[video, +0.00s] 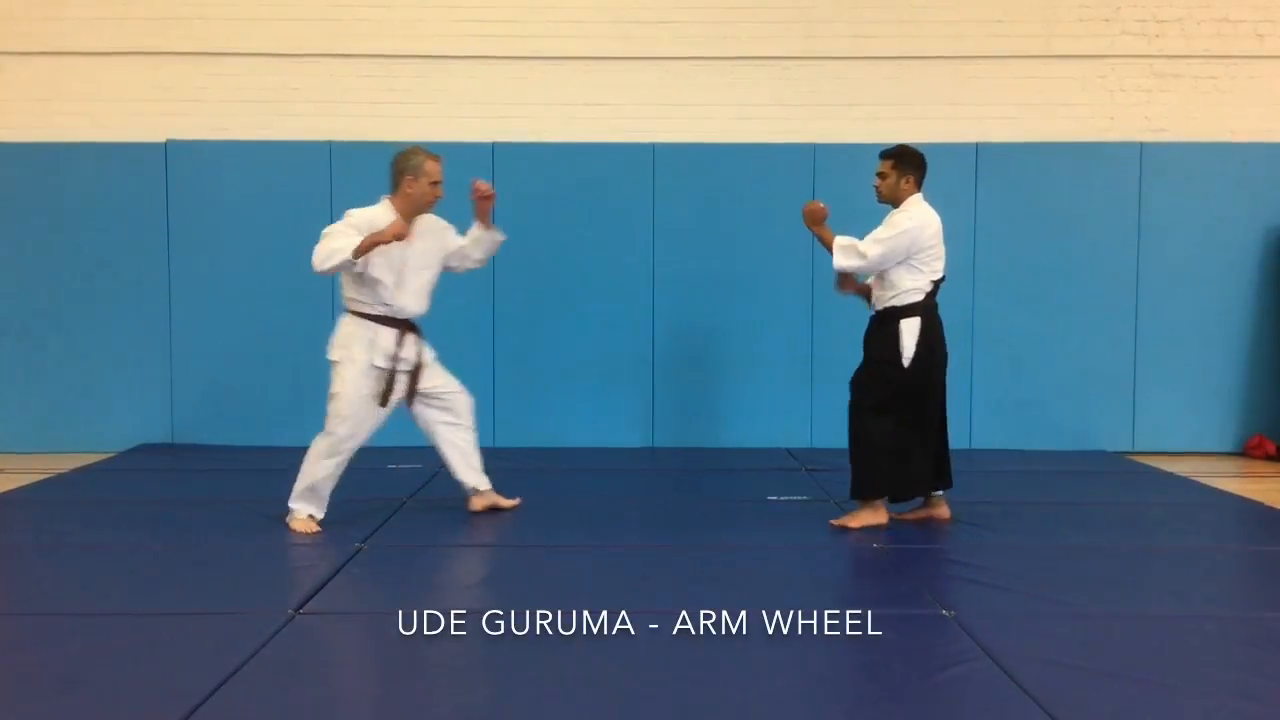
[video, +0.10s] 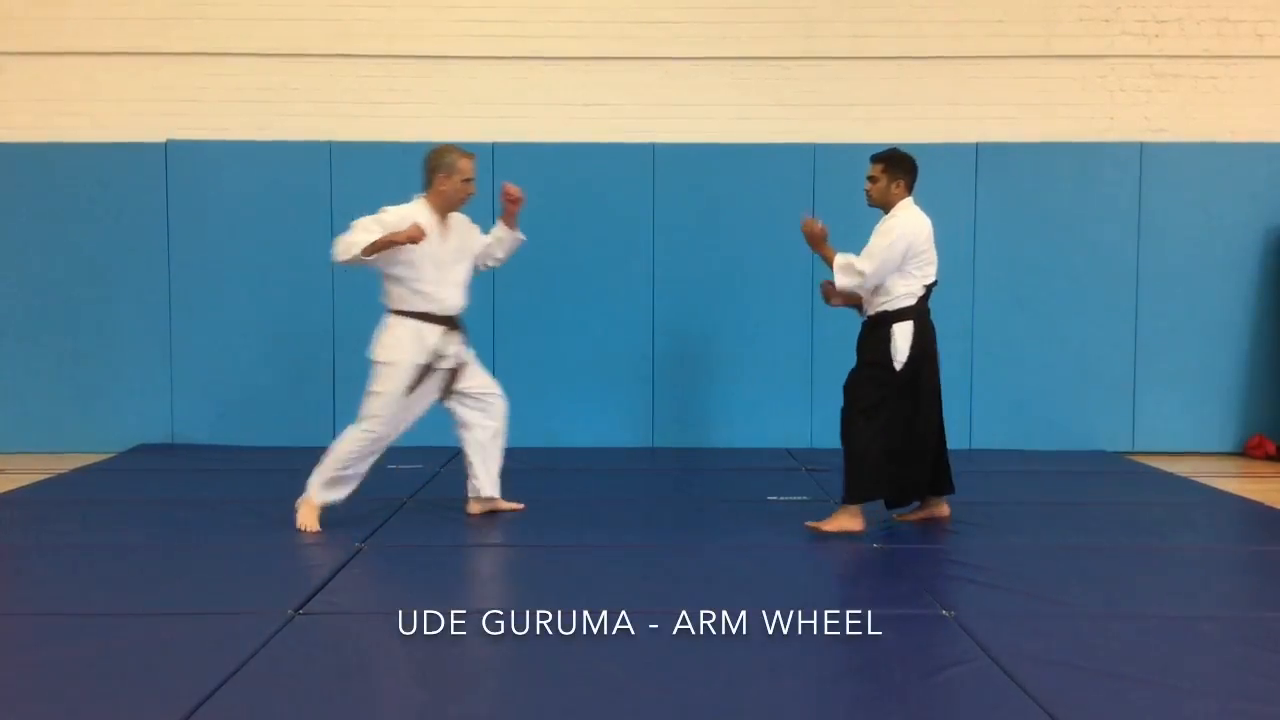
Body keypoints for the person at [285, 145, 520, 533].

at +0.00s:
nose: (440, 193)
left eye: (441, 184)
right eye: (434, 184)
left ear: (420, 185)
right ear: (408, 183)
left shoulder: (435, 229)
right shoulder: (363, 220)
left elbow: (470, 256)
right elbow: (323, 258)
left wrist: (483, 218)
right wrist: (375, 240)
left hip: (407, 339)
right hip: (362, 336)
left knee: (453, 403)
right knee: (345, 426)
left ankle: (479, 491)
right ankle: (303, 510)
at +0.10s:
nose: (472, 189)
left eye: (473, 181)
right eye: (466, 181)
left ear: (454, 182)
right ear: (440, 180)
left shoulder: (464, 227)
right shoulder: (397, 217)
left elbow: (489, 256)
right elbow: (342, 250)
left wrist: (510, 218)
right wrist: (393, 239)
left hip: (448, 339)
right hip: (406, 335)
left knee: (488, 404)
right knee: (376, 424)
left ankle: (483, 495)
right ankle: (312, 500)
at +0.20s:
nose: (493, 188)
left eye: (494, 180)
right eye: (487, 180)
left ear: (476, 181)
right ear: (462, 180)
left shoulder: (481, 226)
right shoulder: (424, 217)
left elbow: (499, 262)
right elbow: (371, 252)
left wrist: (526, 231)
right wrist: (417, 241)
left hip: (476, 337)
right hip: (438, 333)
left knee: (505, 411)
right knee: (425, 427)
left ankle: (487, 499)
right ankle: (343, 483)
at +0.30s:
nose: (526, 192)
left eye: (527, 184)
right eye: (520, 183)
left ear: (509, 186)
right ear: (495, 184)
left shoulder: (503, 231)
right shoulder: (466, 221)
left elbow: (511, 282)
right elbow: (425, 266)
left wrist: (553, 269)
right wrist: (469, 243)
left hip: (505, 337)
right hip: (474, 337)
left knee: (524, 417)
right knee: (506, 426)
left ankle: (491, 499)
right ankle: (435, 469)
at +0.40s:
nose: (559, 196)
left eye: (560, 188)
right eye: (552, 188)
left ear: (535, 190)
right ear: (528, 189)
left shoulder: (525, 229)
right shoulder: (510, 226)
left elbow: (531, 293)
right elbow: (502, 268)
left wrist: (567, 315)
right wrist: (546, 240)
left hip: (513, 341)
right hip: (511, 341)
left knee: (524, 428)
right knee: (582, 405)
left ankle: (490, 499)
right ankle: (555, 494)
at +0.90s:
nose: (703, 178)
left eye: (702, 170)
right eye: (699, 170)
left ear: (663, 174)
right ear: (681, 173)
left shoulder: (623, 216)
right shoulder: (706, 213)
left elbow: (593, 270)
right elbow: (765, 204)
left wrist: (571, 319)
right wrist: (820, 183)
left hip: (620, 329)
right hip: (662, 332)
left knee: (620, 412)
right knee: (707, 421)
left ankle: (575, 488)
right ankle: (711, 515)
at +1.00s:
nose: (716, 177)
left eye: (715, 170)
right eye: (711, 171)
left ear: (676, 174)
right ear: (694, 173)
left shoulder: (634, 210)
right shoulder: (716, 214)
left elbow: (601, 262)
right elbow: (777, 224)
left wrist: (581, 311)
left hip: (624, 325)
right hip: (668, 327)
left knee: (614, 411)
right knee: (707, 420)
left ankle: (570, 487)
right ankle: (710, 515)